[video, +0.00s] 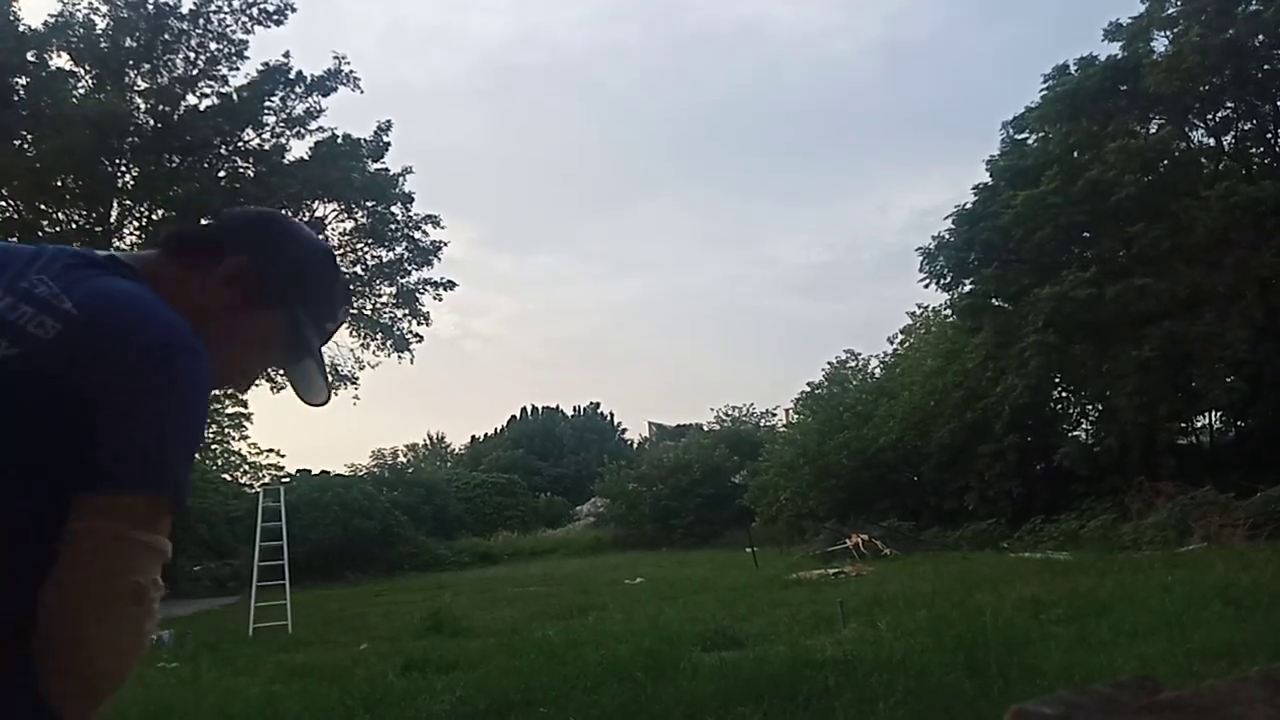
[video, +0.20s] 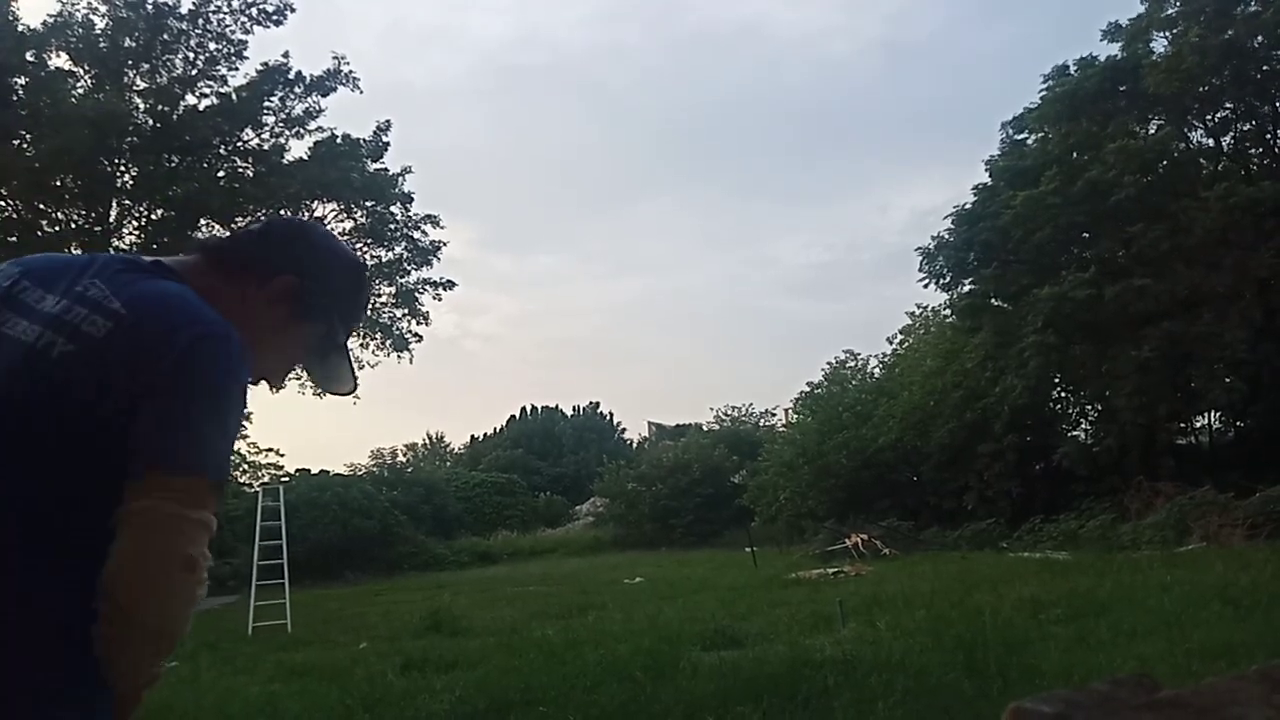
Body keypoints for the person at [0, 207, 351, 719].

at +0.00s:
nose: (251, 384)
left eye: (273, 369)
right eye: (271, 357)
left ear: (228, 277)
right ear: (231, 283)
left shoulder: (16, 262)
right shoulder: (159, 350)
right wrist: (69, 704)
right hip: (13, 695)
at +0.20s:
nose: (279, 380)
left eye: (297, 367)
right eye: (298, 356)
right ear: (278, 297)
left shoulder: (28, 271)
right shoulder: (200, 346)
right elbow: (157, 582)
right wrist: (113, 698)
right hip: (42, 689)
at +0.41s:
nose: (278, 353)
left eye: (293, 345)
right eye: (291, 336)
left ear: (213, 254)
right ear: (285, 298)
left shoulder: (36, 294)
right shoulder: (212, 346)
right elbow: (201, 567)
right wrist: (150, 685)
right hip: (77, 681)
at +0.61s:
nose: (251, 339)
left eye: (261, 328)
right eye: (258, 320)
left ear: (166, 269)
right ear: (243, 298)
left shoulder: (30, 324)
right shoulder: (206, 355)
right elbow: (224, 555)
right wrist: (191, 650)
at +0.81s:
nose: (203, 344)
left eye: (206, 332)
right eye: (204, 330)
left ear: (105, 308)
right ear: (196, 324)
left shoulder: (11, 376)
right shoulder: (198, 392)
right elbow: (231, 570)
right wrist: (184, 668)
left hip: (15, 678)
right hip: (136, 682)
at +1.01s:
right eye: (181, 328)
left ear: (81, 325)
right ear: (174, 334)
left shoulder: (11, 392)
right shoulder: (193, 404)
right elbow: (223, 561)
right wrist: (171, 632)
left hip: (19, 661)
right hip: (145, 670)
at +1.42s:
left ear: (131, 386)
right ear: (203, 397)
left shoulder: (58, 449)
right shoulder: (228, 472)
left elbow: (11, 566)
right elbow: (233, 599)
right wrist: (173, 634)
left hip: (57, 676)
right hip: (168, 685)